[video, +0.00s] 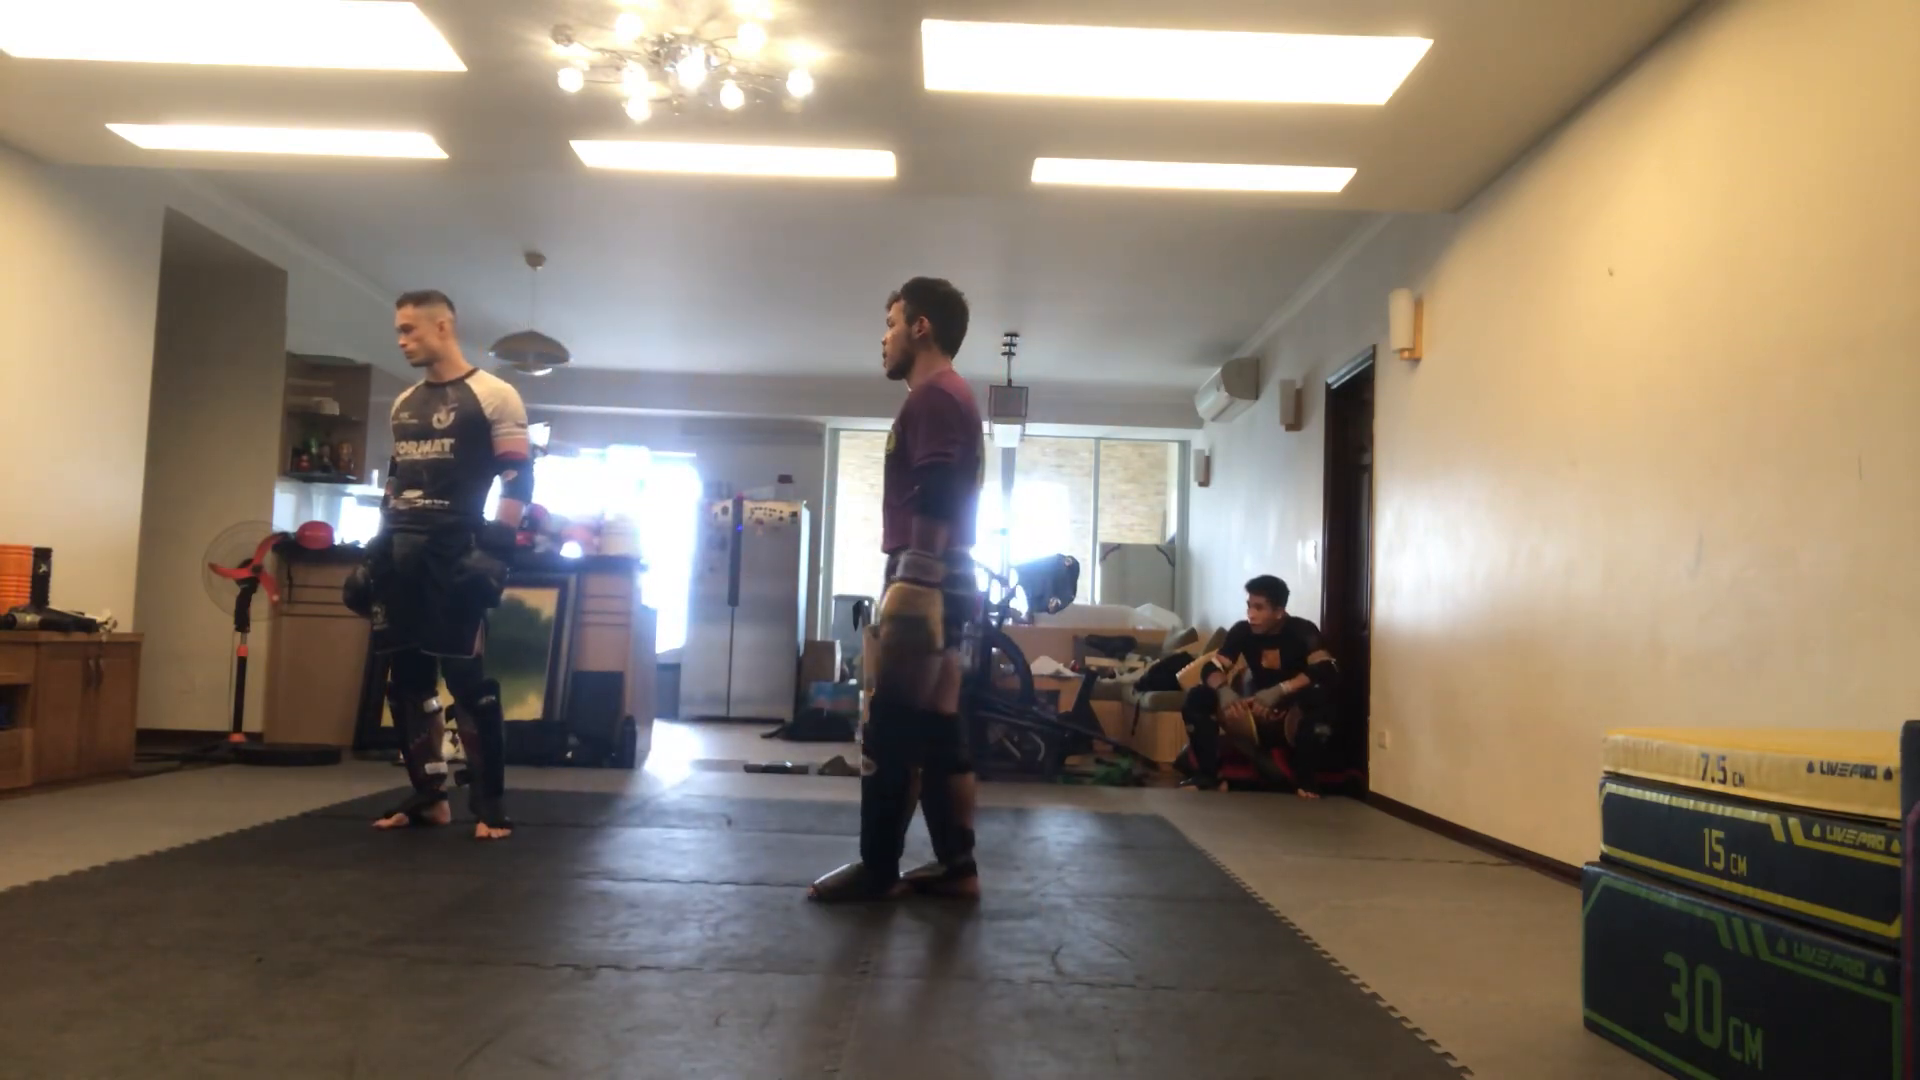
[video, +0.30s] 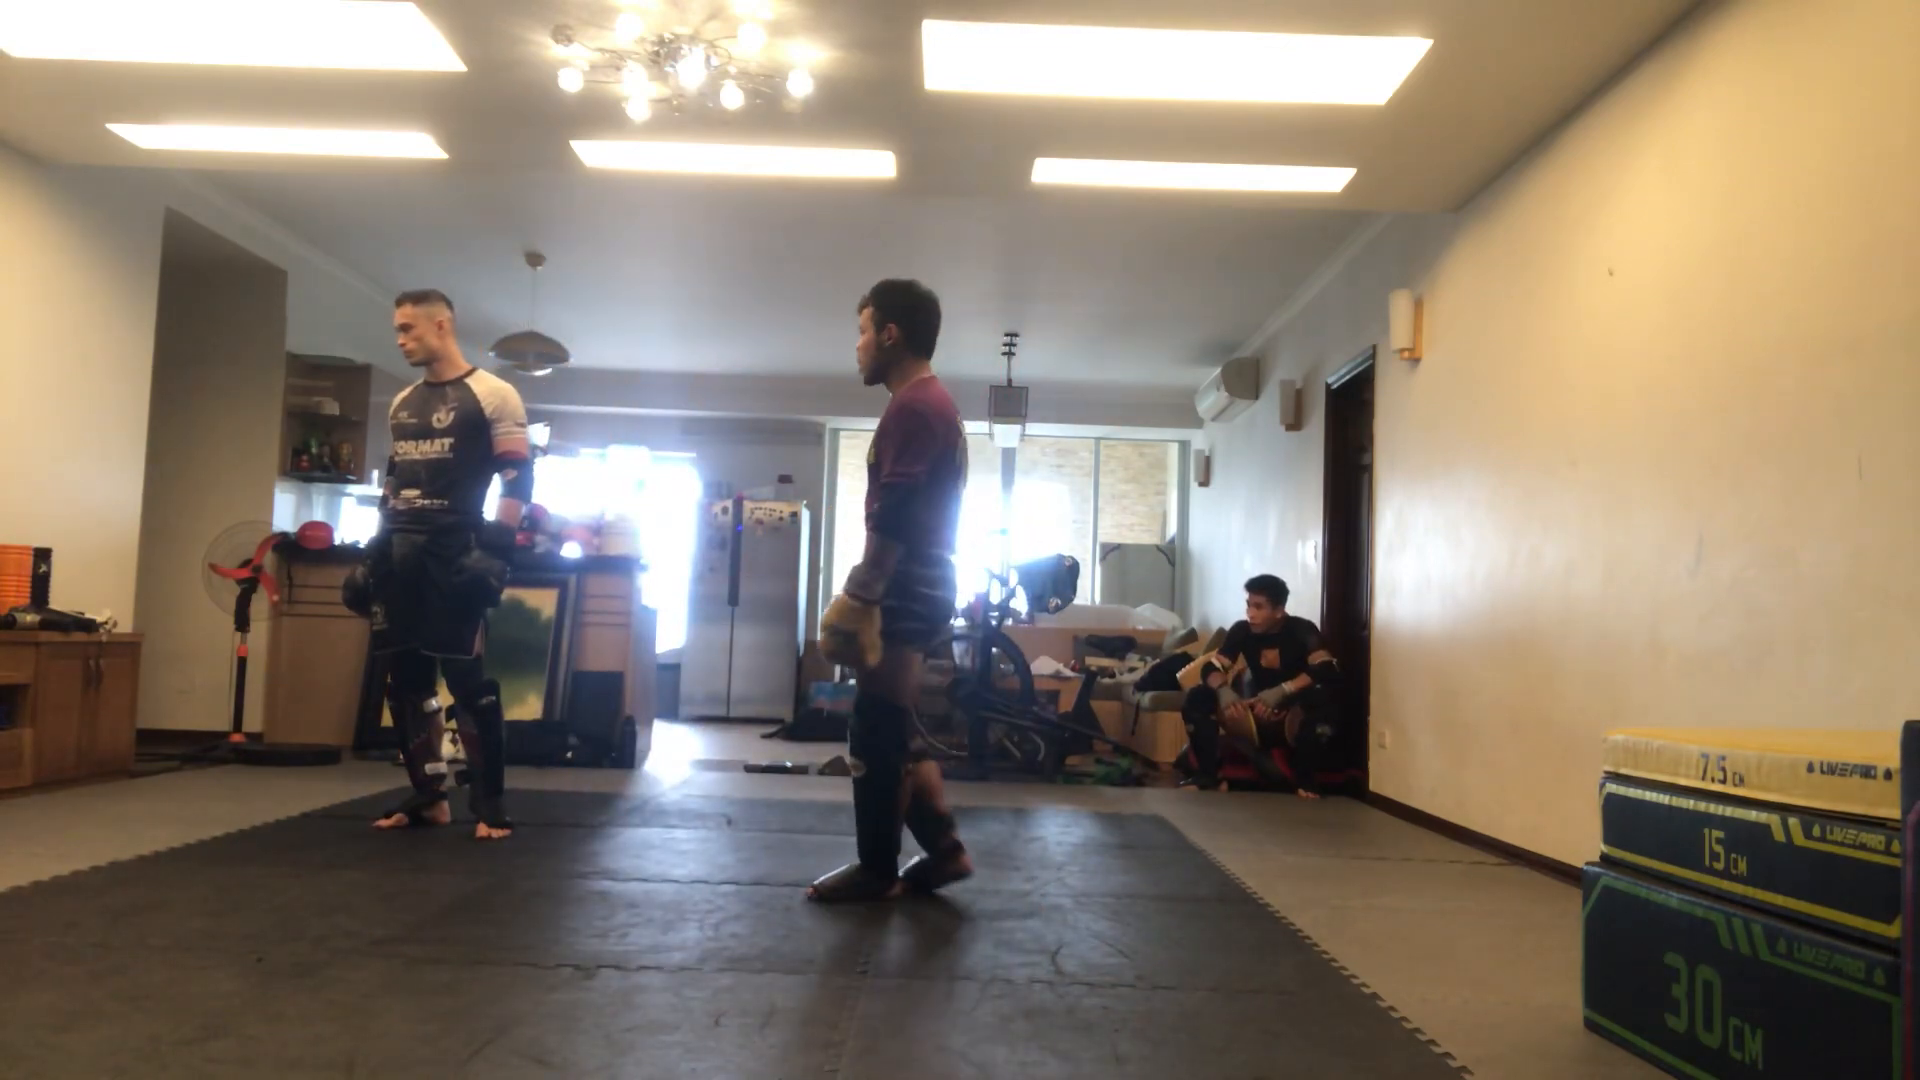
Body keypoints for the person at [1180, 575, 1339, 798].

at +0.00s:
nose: (1250, 614)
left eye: (1258, 608)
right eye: (1249, 606)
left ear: (1279, 611)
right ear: (1246, 604)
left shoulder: (1303, 631)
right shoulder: (1242, 631)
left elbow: (1325, 668)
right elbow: (1212, 669)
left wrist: (1278, 691)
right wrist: (1224, 691)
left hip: (1294, 711)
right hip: (1253, 711)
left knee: (1318, 702)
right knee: (1198, 698)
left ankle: (1306, 782)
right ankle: (1208, 776)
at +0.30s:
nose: (1250, 613)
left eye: (1258, 607)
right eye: (1248, 605)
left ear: (1279, 610)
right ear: (1246, 603)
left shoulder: (1302, 630)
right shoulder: (1242, 631)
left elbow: (1326, 667)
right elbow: (1212, 668)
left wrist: (1281, 691)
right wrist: (1223, 690)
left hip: (1293, 715)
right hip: (1253, 714)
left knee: (1319, 703)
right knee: (1198, 698)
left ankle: (1306, 782)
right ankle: (1208, 776)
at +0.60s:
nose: (1247, 615)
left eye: (1255, 609)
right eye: (1246, 607)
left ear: (1277, 611)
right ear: (1243, 605)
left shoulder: (1303, 632)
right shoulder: (1241, 632)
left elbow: (1328, 668)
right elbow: (1212, 668)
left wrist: (1284, 685)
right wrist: (1223, 690)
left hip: (1293, 719)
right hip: (1250, 718)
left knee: (1320, 700)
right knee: (1198, 698)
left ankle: (1307, 781)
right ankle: (1208, 776)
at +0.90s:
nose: (1246, 619)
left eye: (1252, 613)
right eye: (1244, 613)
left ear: (1274, 608)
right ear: (1241, 609)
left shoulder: (1306, 632)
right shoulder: (1242, 632)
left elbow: (1314, 676)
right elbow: (1211, 669)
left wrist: (1280, 635)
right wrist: (1223, 690)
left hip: (1293, 721)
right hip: (1250, 721)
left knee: (1319, 702)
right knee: (1198, 698)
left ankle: (1306, 782)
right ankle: (1208, 777)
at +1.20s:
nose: (1245, 621)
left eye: (1251, 614)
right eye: (1243, 614)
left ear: (1273, 610)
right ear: (1240, 610)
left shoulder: (1305, 633)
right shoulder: (1241, 632)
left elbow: (1312, 676)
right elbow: (1210, 669)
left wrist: (1276, 637)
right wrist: (1223, 691)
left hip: (1292, 720)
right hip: (1251, 720)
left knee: (1317, 699)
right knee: (1197, 698)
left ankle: (1306, 781)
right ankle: (1208, 777)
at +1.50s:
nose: (1246, 620)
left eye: (1252, 613)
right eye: (1243, 613)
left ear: (1273, 609)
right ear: (1240, 610)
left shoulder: (1304, 632)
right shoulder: (1241, 632)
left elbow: (1314, 675)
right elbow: (1210, 669)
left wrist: (1276, 637)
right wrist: (1222, 690)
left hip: (1291, 720)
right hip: (1251, 719)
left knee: (1317, 696)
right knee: (1198, 698)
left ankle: (1305, 780)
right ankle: (1207, 776)